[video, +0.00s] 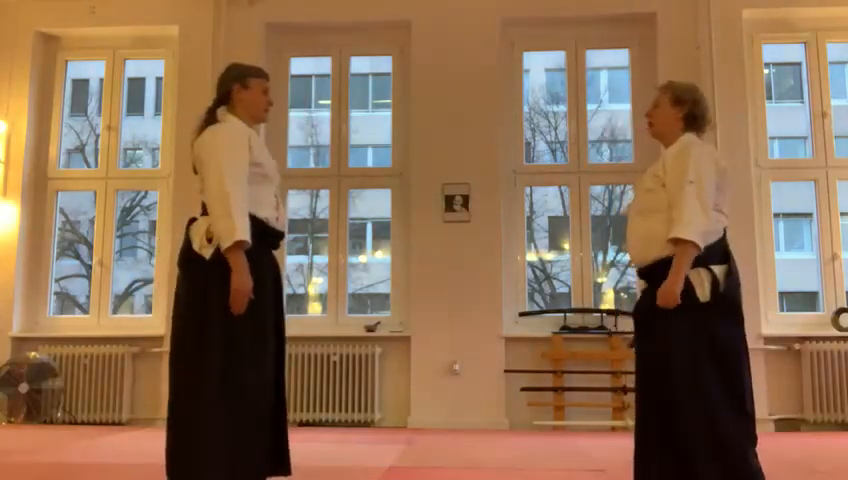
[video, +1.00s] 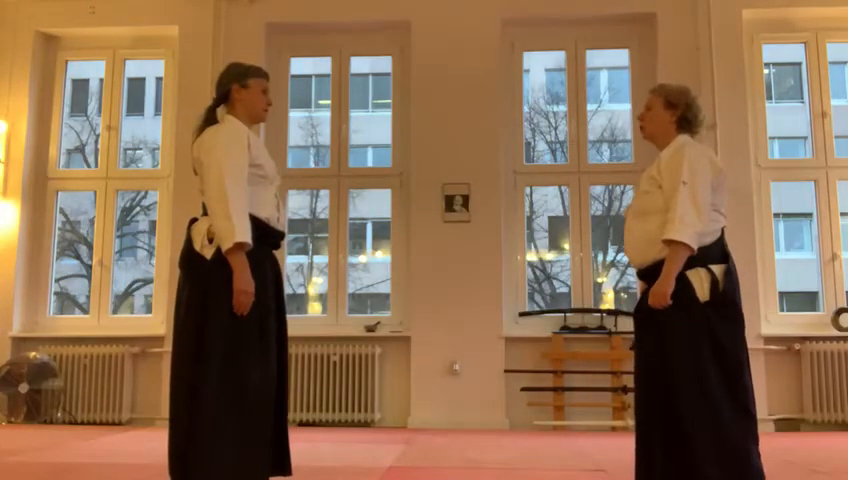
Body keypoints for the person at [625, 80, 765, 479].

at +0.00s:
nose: (648, 113)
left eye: (657, 106)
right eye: (651, 106)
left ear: (681, 112)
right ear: (677, 113)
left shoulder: (690, 150)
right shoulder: (673, 156)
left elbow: (692, 216)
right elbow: (680, 218)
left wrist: (675, 277)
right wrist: (659, 278)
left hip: (690, 282)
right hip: (669, 282)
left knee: (692, 392)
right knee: (670, 393)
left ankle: (701, 473)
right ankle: (674, 472)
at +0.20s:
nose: (645, 116)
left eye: (653, 109)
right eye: (648, 109)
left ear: (678, 112)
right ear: (673, 114)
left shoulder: (693, 152)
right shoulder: (670, 159)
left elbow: (690, 221)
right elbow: (670, 225)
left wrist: (661, 278)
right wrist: (648, 282)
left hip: (692, 282)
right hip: (668, 282)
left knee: (695, 393)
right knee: (668, 394)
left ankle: (705, 474)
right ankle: (674, 474)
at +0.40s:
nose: (643, 117)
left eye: (651, 109)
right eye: (645, 110)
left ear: (675, 113)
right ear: (671, 114)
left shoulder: (690, 152)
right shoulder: (670, 158)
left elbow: (690, 220)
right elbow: (669, 225)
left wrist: (665, 277)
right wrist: (648, 282)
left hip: (692, 282)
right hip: (669, 283)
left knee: (694, 393)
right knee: (669, 394)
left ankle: (705, 474)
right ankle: (675, 474)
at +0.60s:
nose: (641, 117)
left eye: (649, 109)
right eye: (644, 110)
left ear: (673, 113)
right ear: (669, 114)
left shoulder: (689, 152)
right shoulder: (669, 158)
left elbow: (690, 217)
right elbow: (669, 220)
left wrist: (676, 276)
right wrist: (652, 277)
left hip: (693, 282)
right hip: (668, 283)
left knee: (695, 391)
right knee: (667, 393)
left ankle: (707, 474)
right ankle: (675, 474)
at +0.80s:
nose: (641, 116)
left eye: (649, 109)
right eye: (643, 109)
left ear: (673, 113)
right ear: (668, 115)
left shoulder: (688, 152)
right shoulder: (668, 158)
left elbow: (690, 218)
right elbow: (670, 221)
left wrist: (676, 276)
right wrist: (653, 279)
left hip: (693, 283)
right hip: (667, 284)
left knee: (695, 392)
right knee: (666, 394)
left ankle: (707, 475)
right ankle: (674, 474)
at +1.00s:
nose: (641, 117)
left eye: (648, 109)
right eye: (643, 110)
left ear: (672, 113)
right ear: (668, 114)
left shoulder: (688, 152)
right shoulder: (671, 157)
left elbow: (688, 218)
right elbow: (677, 220)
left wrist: (667, 276)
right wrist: (654, 277)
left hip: (689, 282)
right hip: (667, 283)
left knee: (692, 394)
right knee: (668, 394)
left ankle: (703, 475)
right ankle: (676, 474)